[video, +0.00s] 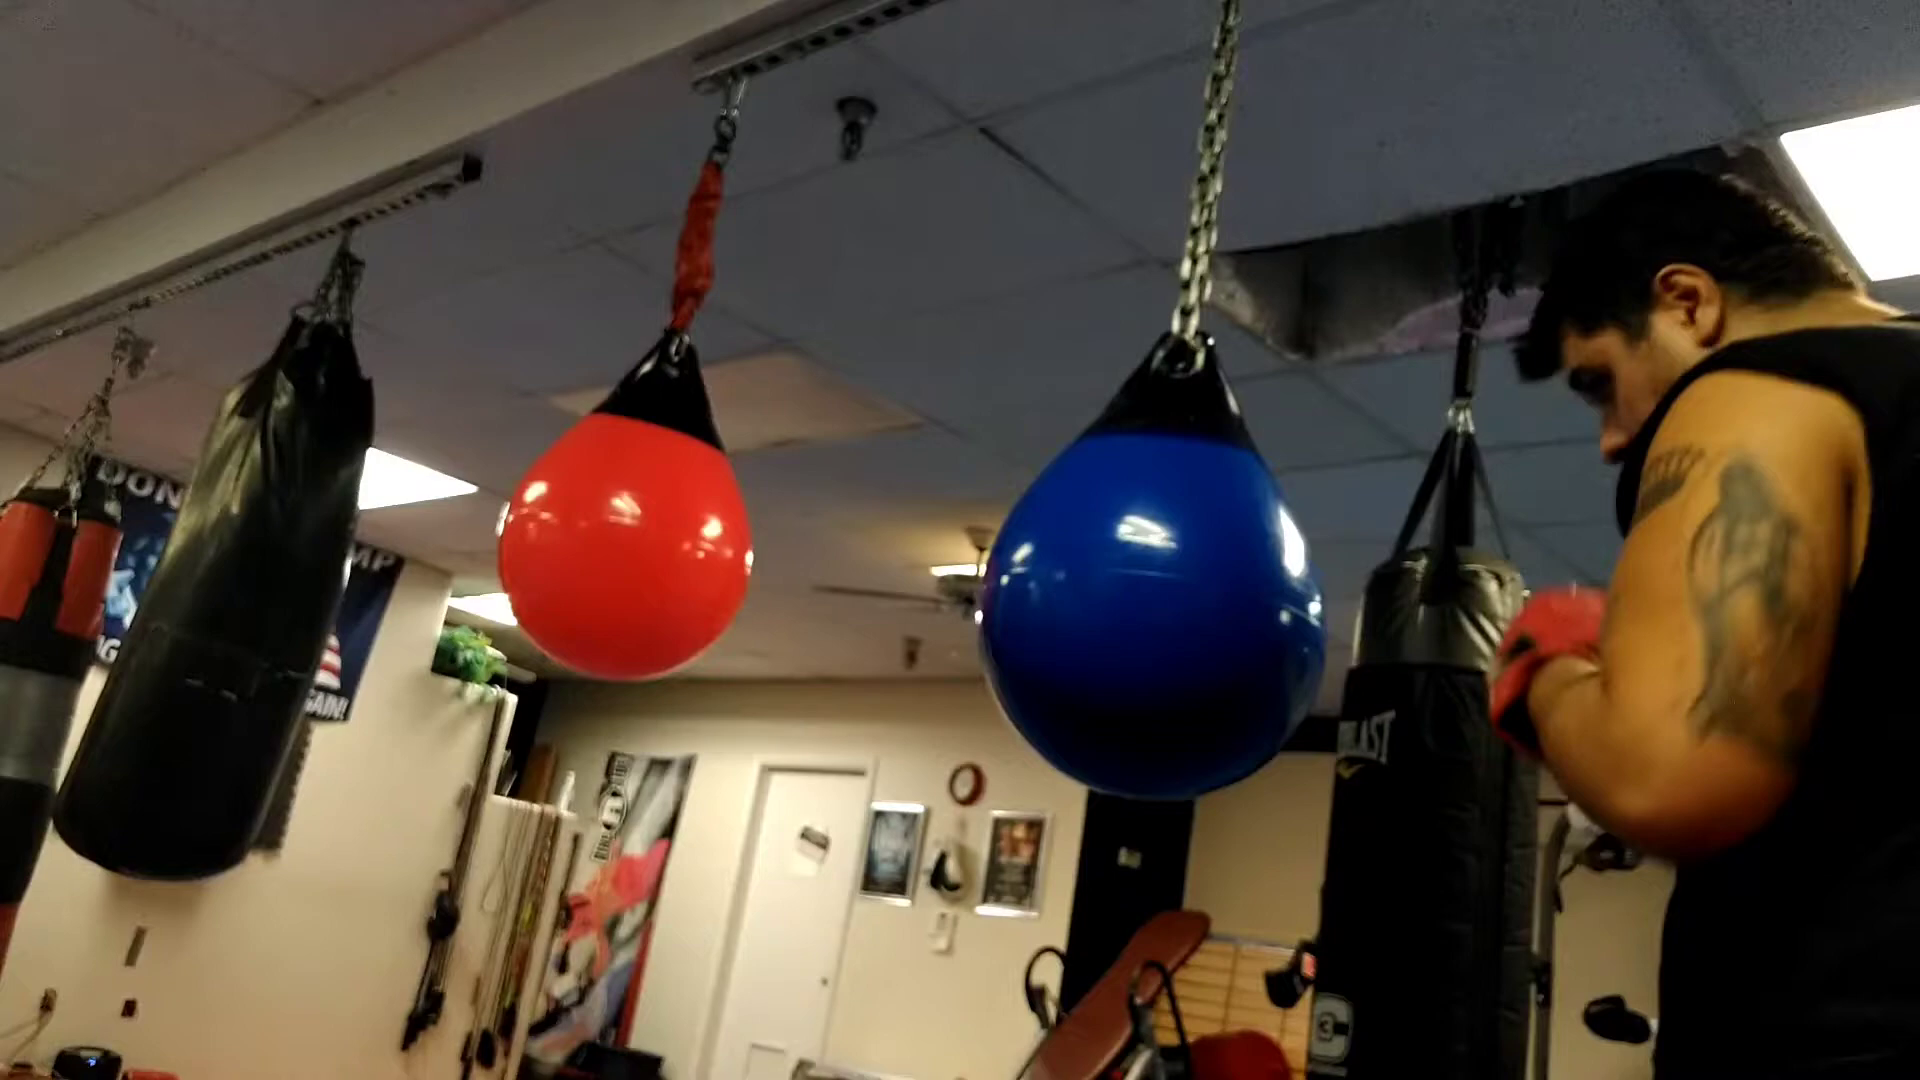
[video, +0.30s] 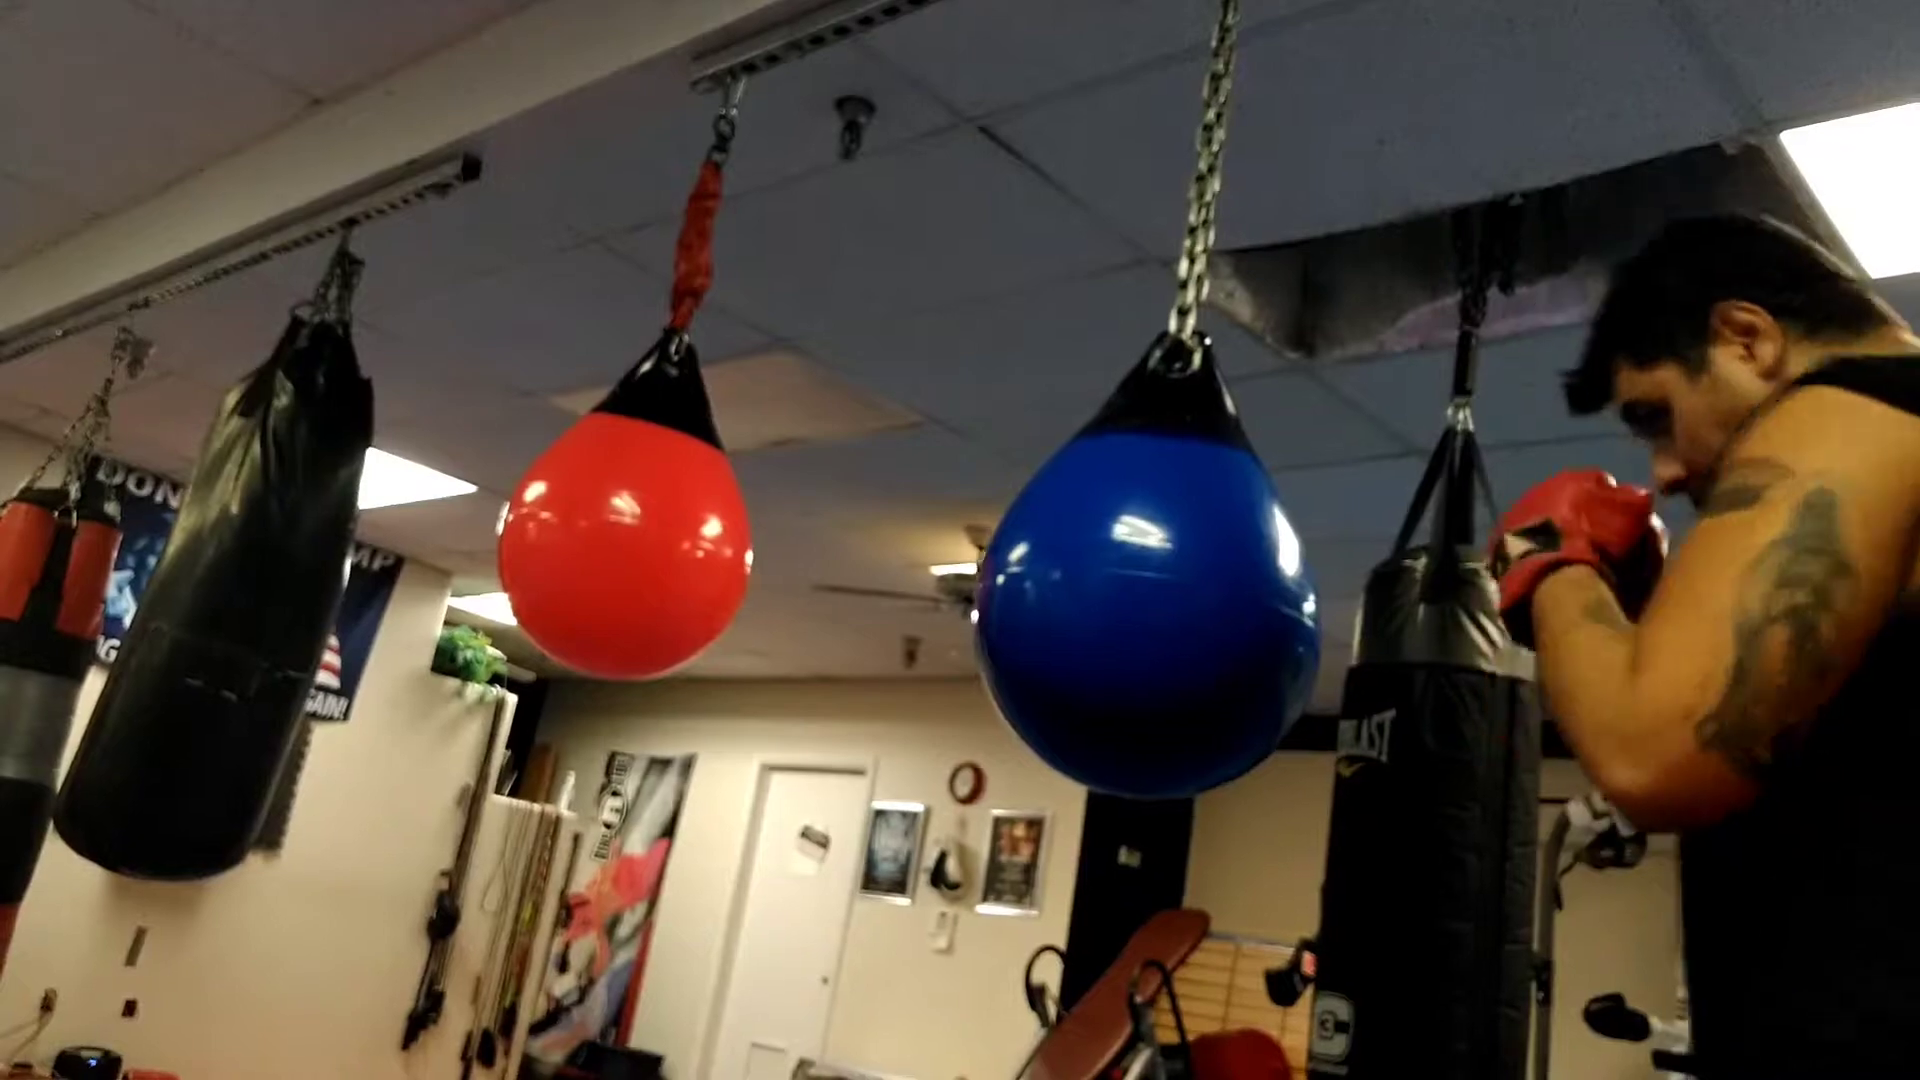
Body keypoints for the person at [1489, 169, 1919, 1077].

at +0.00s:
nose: (1610, 437)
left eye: (1601, 382)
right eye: (1594, 399)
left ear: (1688, 301)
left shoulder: (1761, 393)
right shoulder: (1888, 361)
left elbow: (1682, 778)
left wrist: (1551, 677)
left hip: (1821, 1020)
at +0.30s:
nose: (1665, 471)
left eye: (1656, 416)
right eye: (1646, 434)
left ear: (1748, 339)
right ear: (1751, 340)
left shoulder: (1843, 421)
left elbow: (1656, 751)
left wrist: (1554, 570)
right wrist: (1652, 591)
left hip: (1853, 1024)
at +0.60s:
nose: (1635, 512)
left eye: (1644, 474)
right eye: (1627, 487)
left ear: (1751, 411)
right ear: (1761, 413)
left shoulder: (1832, 463)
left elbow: (1486, 575)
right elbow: (1879, 835)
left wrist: (1297, 556)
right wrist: (1684, 753)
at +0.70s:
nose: (1613, 510)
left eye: (1619, 468)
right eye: (1602, 479)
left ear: (1724, 407)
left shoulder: (1811, 456)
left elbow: (1479, 601)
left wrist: (1360, 583)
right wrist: (1668, 751)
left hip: (1878, 1039)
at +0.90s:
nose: (1537, 497)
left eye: (1524, 450)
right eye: (1516, 465)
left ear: (1598, 386)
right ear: (1602, 390)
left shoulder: (1854, 488)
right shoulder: (1739, 488)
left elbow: (1827, 853)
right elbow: (1499, 566)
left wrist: (1556, 679)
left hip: (1862, 1062)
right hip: (1758, 1046)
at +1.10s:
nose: (1562, 444)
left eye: (1573, 385)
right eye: (1553, 402)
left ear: (1699, 331)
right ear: (1700, 338)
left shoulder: (1901, 480)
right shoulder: (1706, 509)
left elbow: (1892, 833)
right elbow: (1516, 610)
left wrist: (1608, 643)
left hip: (1887, 1061)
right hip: (1740, 1041)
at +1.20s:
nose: (1586, 429)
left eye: (1602, 372)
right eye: (1581, 389)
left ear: (1731, 326)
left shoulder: (1906, 493)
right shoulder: (1740, 521)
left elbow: (1907, 807)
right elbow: (1618, 760)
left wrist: (1642, 682)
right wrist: (1485, 738)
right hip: (1744, 1036)